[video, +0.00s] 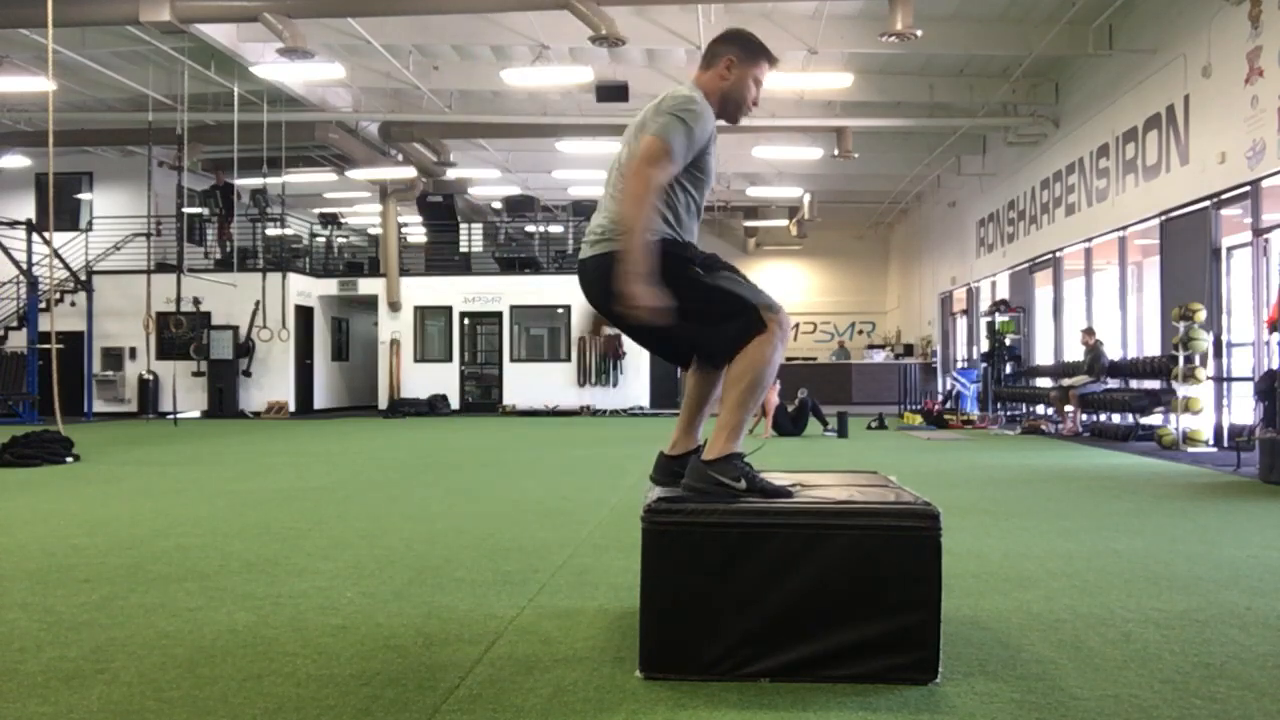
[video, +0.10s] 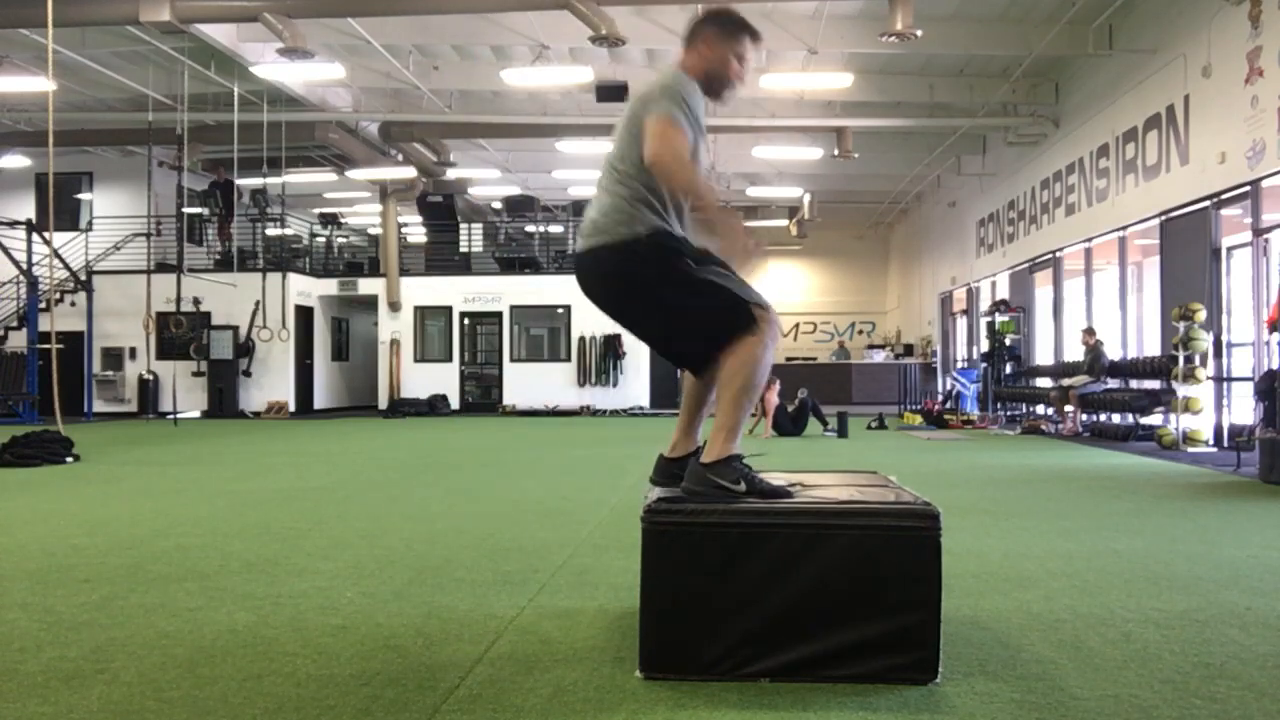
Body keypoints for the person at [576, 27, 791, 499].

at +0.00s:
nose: (758, 99)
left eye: (761, 87)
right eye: (757, 82)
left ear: (718, 71)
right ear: (726, 68)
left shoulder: (662, 110)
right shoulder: (691, 107)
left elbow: (621, 204)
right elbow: (642, 174)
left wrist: (606, 306)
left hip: (604, 261)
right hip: (642, 252)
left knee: (715, 339)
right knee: (770, 324)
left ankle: (680, 455)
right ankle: (721, 459)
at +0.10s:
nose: (742, 74)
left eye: (746, 64)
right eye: (737, 58)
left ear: (701, 53)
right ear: (703, 46)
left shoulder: (683, 107)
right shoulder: (673, 88)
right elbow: (663, 155)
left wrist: (756, 372)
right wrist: (721, 215)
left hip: (607, 253)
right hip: (631, 243)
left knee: (713, 342)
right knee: (759, 324)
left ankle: (678, 457)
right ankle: (719, 461)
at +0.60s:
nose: (565, 34)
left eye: (579, 23)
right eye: (559, 19)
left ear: (596, 25)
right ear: (539, 14)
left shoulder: (610, 86)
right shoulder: (493, 69)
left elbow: (617, 147)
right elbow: (434, 142)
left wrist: (605, 204)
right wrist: (445, 205)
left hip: (570, 243)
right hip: (494, 238)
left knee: (581, 366)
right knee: (461, 368)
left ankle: (581, 506)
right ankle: (434, 495)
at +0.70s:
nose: (523, 122)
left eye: (533, 112)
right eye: (516, 110)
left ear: (551, 117)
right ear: (499, 111)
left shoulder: (578, 175)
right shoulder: (460, 161)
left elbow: (618, 231)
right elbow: (404, 214)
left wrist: (607, 313)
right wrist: (382, 284)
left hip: (543, 330)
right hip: (468, 324)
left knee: (538, 449)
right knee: (425, 448)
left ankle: (537, 584)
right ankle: (401, 570)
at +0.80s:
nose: (479, 206)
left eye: (491, 194)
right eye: (472, 193)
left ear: (513, 196)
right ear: (460, 195)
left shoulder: (549, 254)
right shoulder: (438, 244)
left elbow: (609, 305)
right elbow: (392, 282)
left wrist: (612, 376)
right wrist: (366, 334)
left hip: (528, 386)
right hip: (455, 381)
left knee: (514, 479)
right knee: (397, 486)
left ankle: (531, 591)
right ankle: (407, 588)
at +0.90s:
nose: (449, 270)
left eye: (460, 258)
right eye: (440, 257)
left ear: (486, 254)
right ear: (428, 252)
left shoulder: (520, 299)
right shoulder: (409, 290)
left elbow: (599, 321)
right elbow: (410, 317)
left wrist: (611, 375)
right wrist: (418, 342)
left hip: (525, 403)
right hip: (451, 402)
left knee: (510, 480)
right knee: (385, 488)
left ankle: (533, 591)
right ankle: (408, 587)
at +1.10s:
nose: (445, 269)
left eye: (455, 257)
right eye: (436, 258)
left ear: (480, 259)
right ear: (426, 261)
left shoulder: (522, 317)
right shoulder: (411, 312)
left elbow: (579, 366)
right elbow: (398, 348)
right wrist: (390, 406)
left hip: (523, 413)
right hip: (449, 413)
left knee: (510, 483)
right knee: (388, 496)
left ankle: (530, 591)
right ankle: (410, 590)